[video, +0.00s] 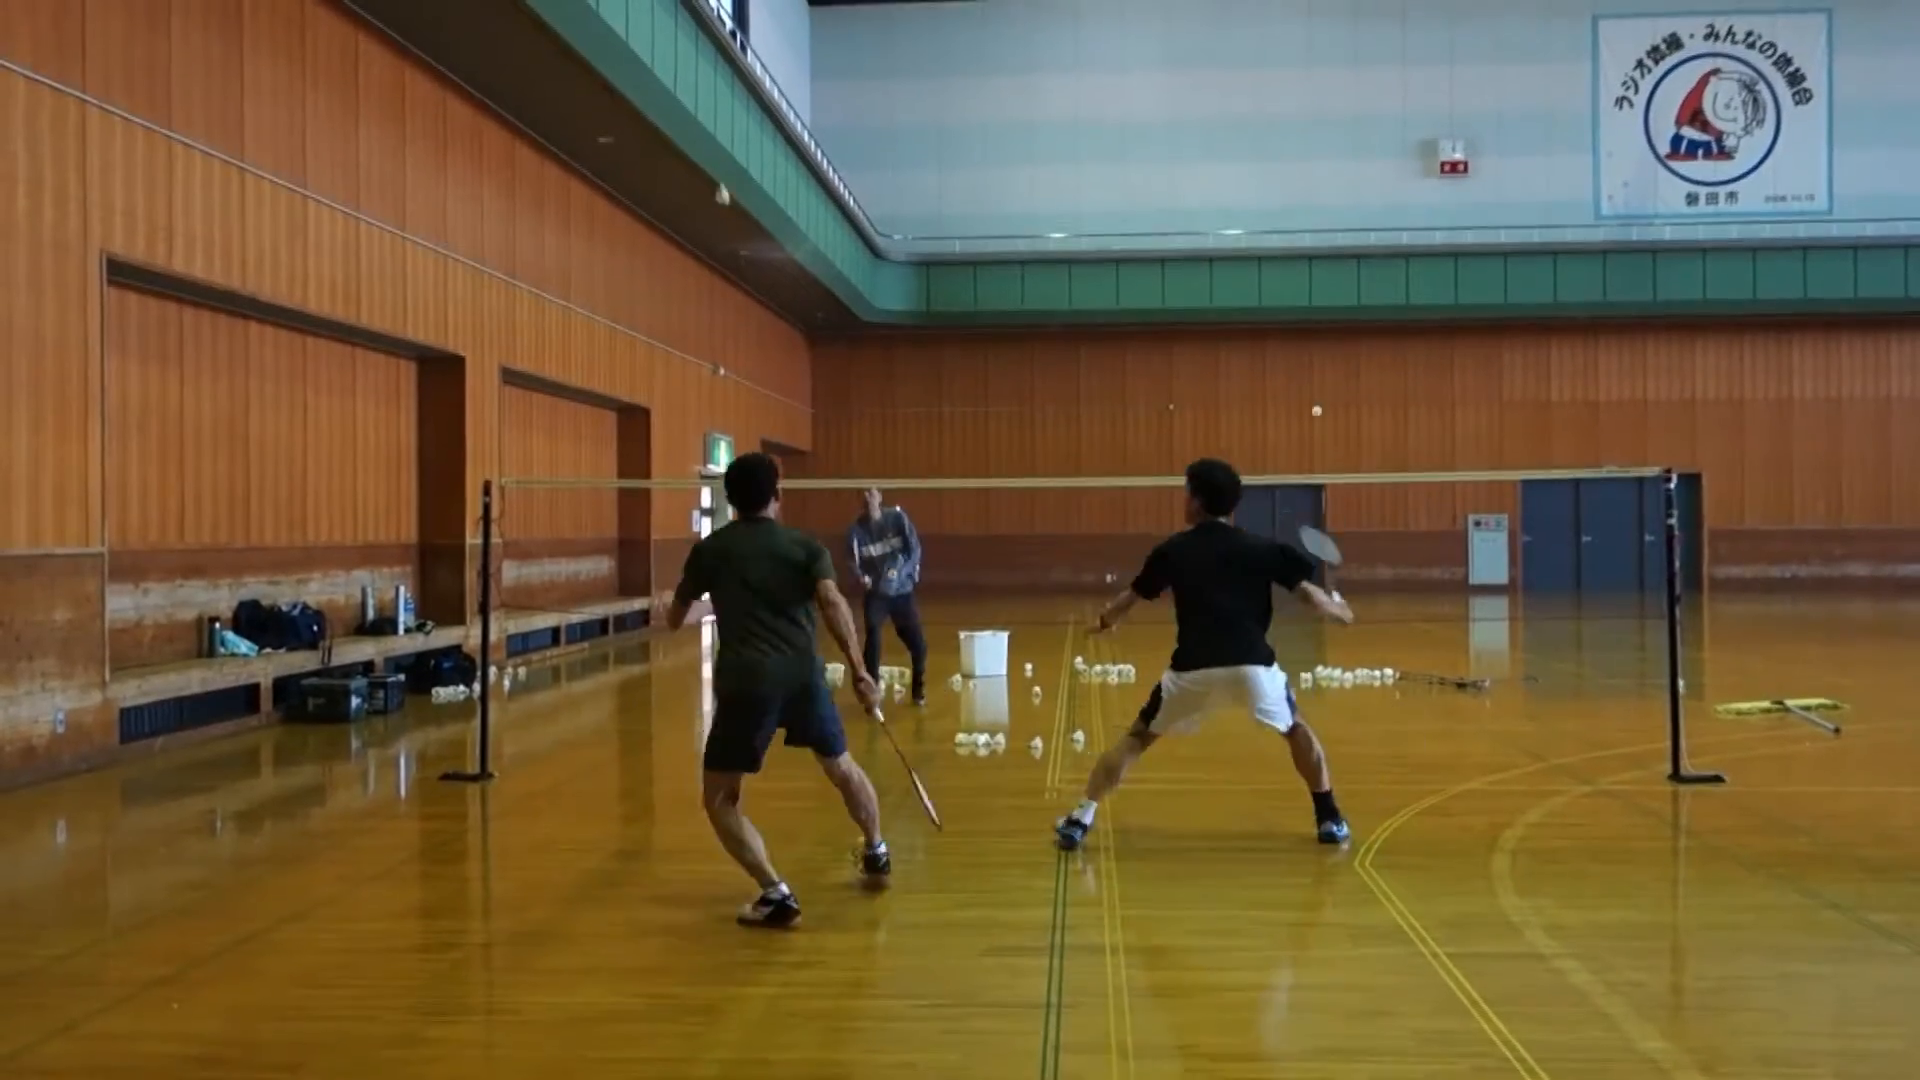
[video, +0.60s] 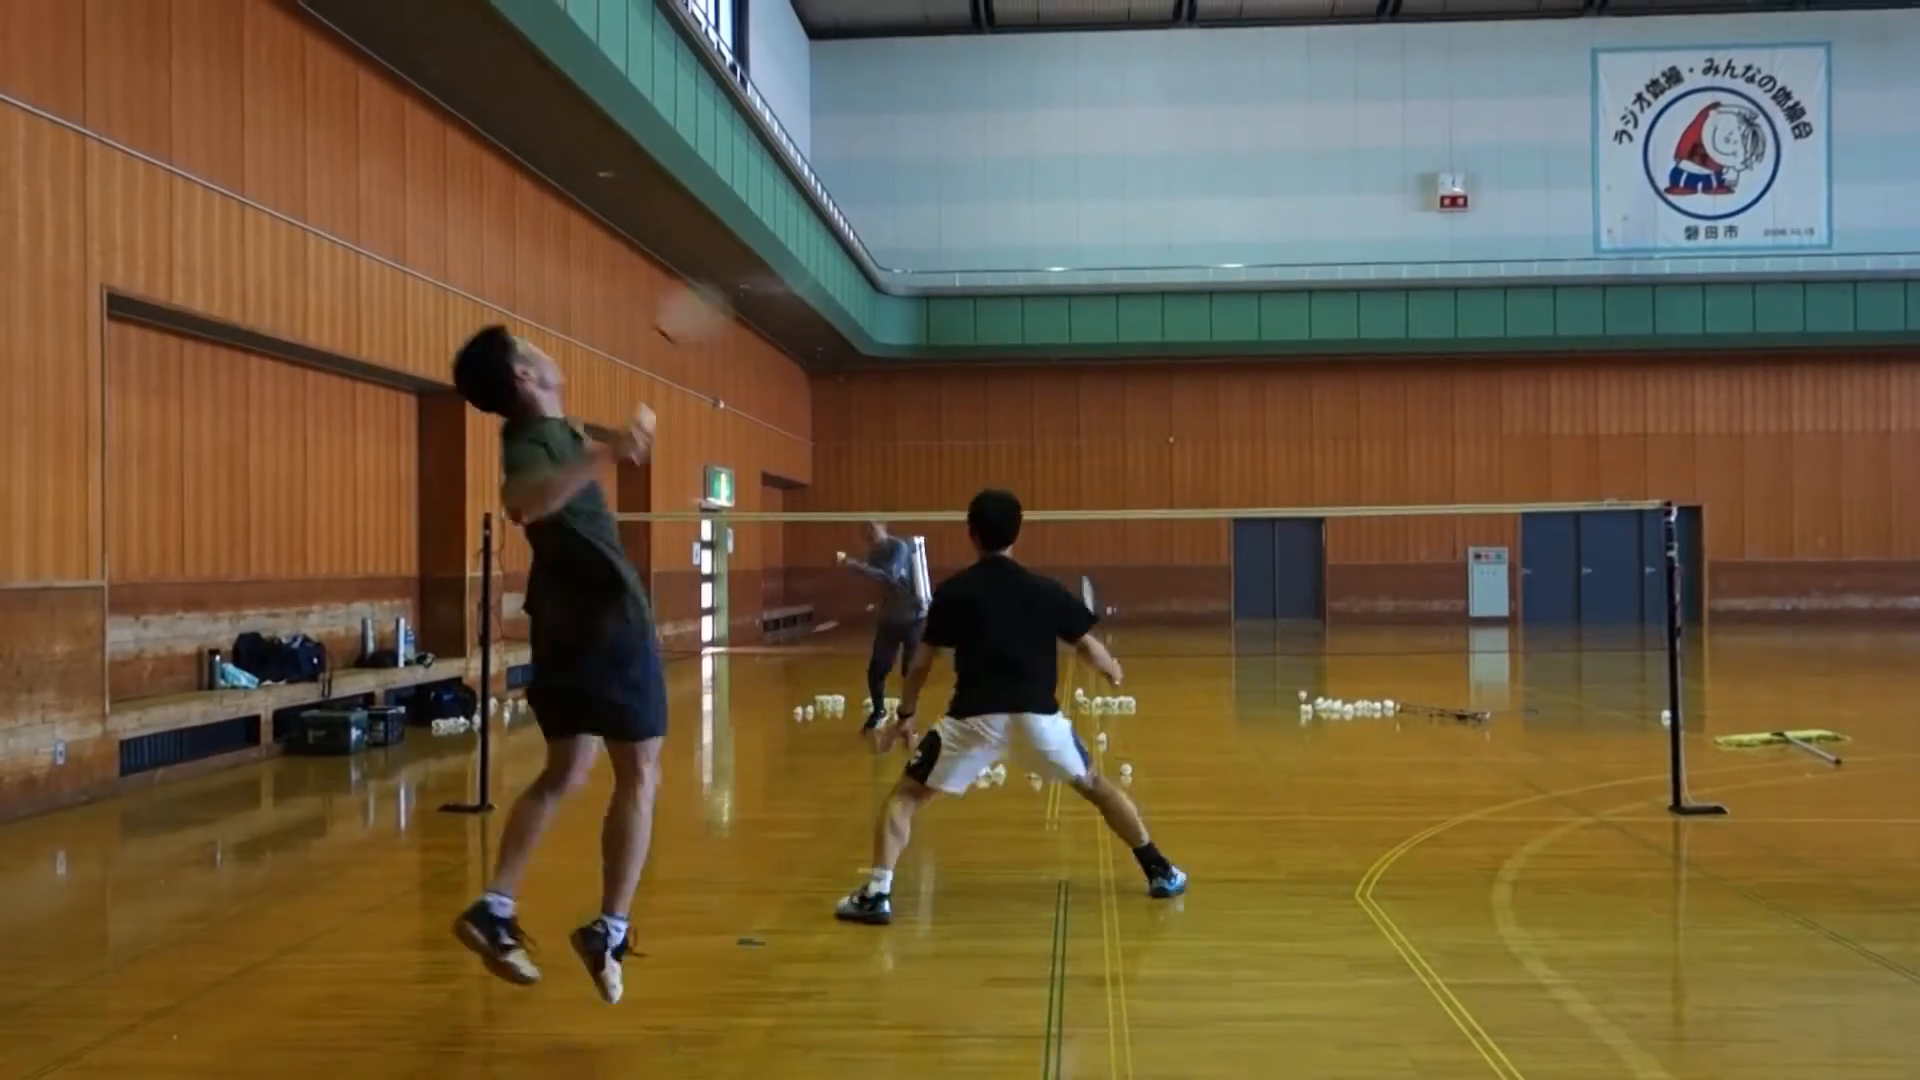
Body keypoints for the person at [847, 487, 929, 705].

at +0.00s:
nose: (869, 499)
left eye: (872, 494)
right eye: (866, 495)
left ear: (880, 497)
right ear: (862, 500)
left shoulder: (897, 517)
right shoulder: (857, 529)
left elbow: (914, 545)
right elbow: (853, 560)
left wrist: (912, 573)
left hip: (901, 590)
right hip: (876, 592)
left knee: (918, 644)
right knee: (873, 639)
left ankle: (918, 688)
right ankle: (871, 689)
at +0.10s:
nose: (872, 511)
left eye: (875, 506)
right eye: (868, 507)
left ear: (883, 508)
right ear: (864, 511)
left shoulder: (901, 531)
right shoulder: (859, 543)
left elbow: (916, 560)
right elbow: (857, 579)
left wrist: (895, 572)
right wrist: (859, 610)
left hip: (903, 603)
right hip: (876, 606)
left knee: (909, 654)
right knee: (873, 656)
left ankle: (909, 701)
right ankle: (872, 707)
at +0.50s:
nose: (871, 529)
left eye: (874, 523)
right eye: (868, 525)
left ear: (885, 523)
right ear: (868, 528)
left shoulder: (900, 543)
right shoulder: (875, 548)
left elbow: (895, 573)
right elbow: (883, 573)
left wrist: (866, 554)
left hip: (910, 614)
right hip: (888, 613)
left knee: (911, 668)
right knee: (876, 663)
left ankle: (908, 718)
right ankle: (879, 713)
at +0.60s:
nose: (869, 535)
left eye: (872, 529)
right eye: (866, 531)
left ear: (883, 528)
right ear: (864, 534)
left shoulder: (900, 547)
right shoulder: (873, 555)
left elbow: (891, 576)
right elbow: (888, 588)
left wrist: (855, 565)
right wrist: (877, 604)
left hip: (912, 616)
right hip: (889, 616)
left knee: (910, 669)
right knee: (877, 669)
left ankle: (907, 713)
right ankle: (879, 711)